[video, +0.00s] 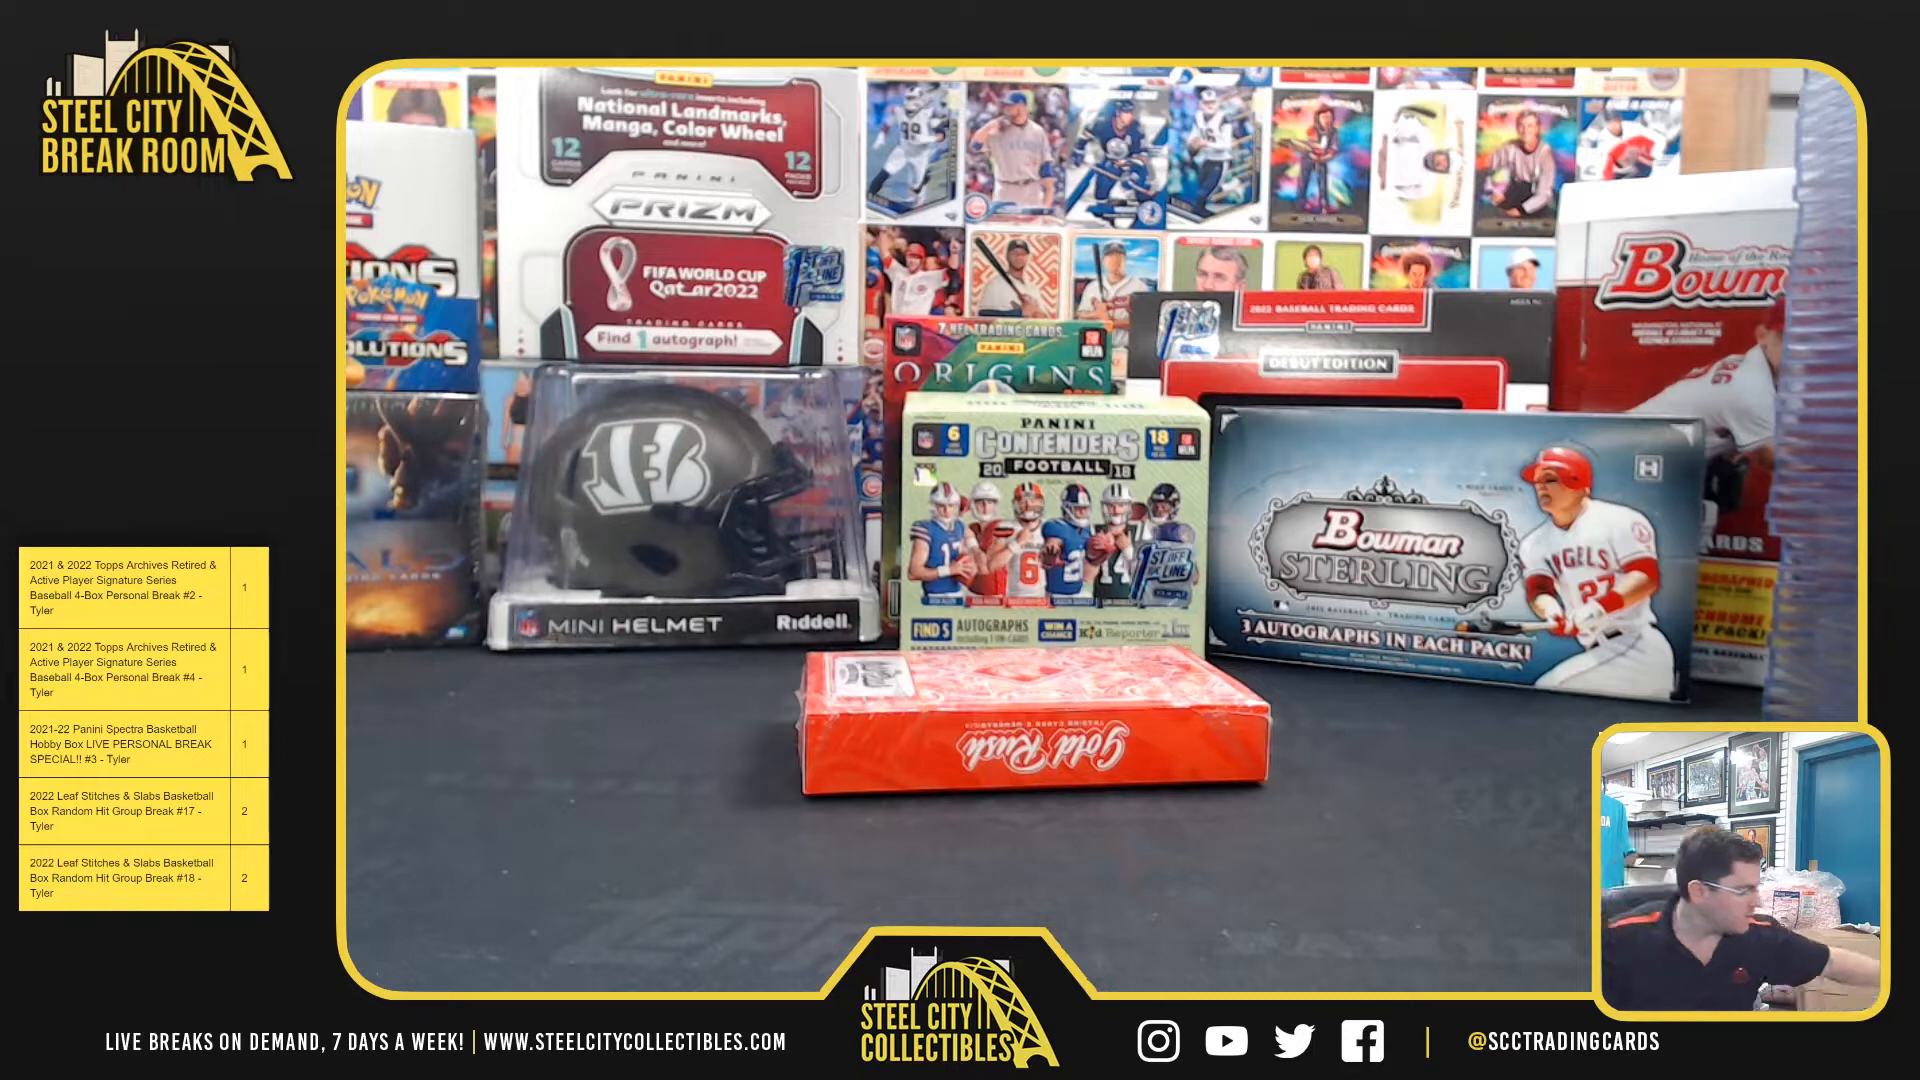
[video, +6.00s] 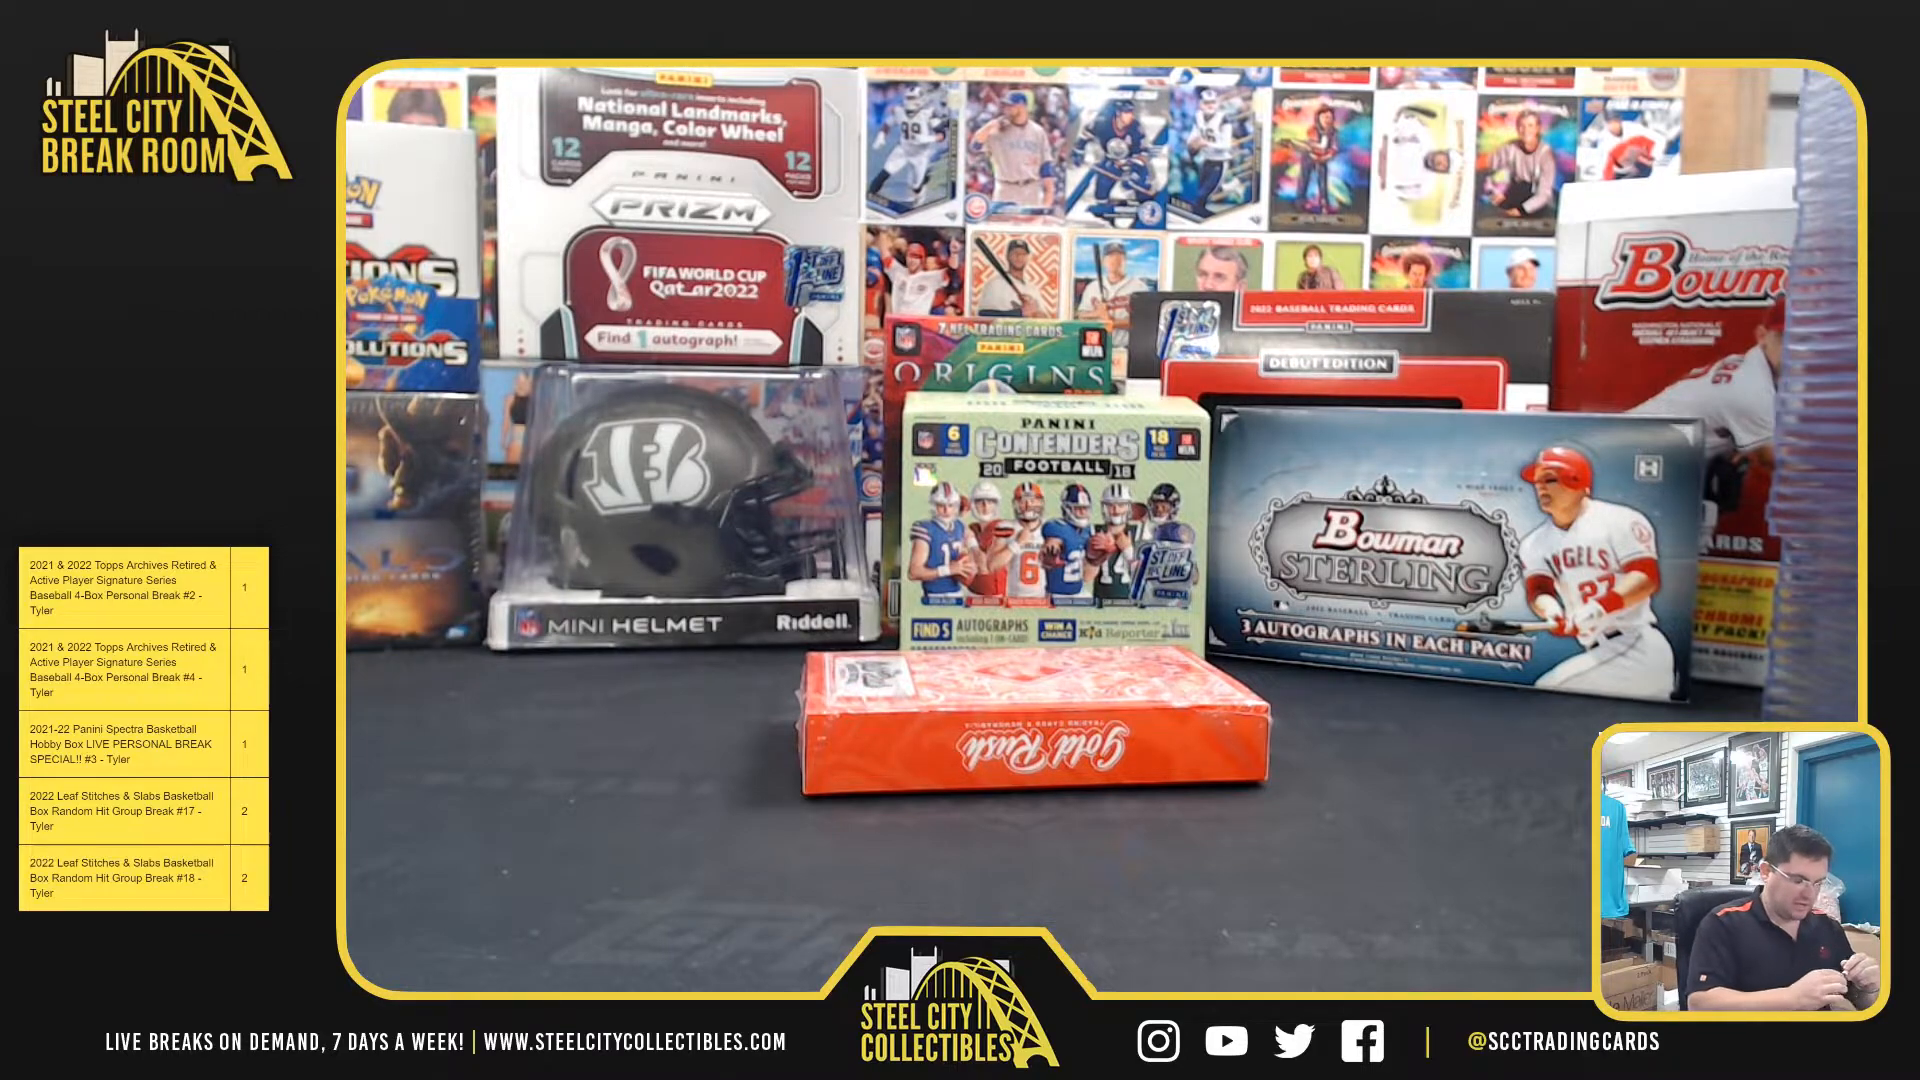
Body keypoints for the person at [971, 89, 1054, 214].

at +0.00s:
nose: (1007, 110)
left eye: (1011, 106)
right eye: (1006, 106)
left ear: (1023, 108)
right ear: (1005, 108)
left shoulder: (1038, 132)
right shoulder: (997, 129)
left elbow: (1046, 167)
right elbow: (974, 147)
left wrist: (1048, 201)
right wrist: (990, 126)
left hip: (1031, 187)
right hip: (1004, 186)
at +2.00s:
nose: (1006, 110)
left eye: (1010, 106)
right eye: (1005, 106)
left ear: (1022, 107)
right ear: (1004, 107)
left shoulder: (1038, 132)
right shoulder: (997, 129)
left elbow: (1046, 166)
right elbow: (974, 146)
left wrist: (1048, 198)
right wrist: (992, 126)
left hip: (1032, 186)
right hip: (1005, 186)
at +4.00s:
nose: (1006, 110)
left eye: (1010, 106)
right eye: (1006, 106)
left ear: (1022, 107)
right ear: (1004, 107)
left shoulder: (1038, 132)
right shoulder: (997, 129)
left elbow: (1046, 166)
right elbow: (974, 147)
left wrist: (1048, 199)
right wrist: (989, 128)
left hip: (1031, 186)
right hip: (1005, 186)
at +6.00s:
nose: (1006, 110)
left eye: (1010, 106)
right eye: (1005, 106)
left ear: (1022, 107)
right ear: (1004, 107)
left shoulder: (1038, 132)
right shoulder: (996, 129)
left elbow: (1046, 166)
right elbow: (974, 148)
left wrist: (1048, 198)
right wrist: (991, 127)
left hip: (1032, 186)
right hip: (1005, 186)